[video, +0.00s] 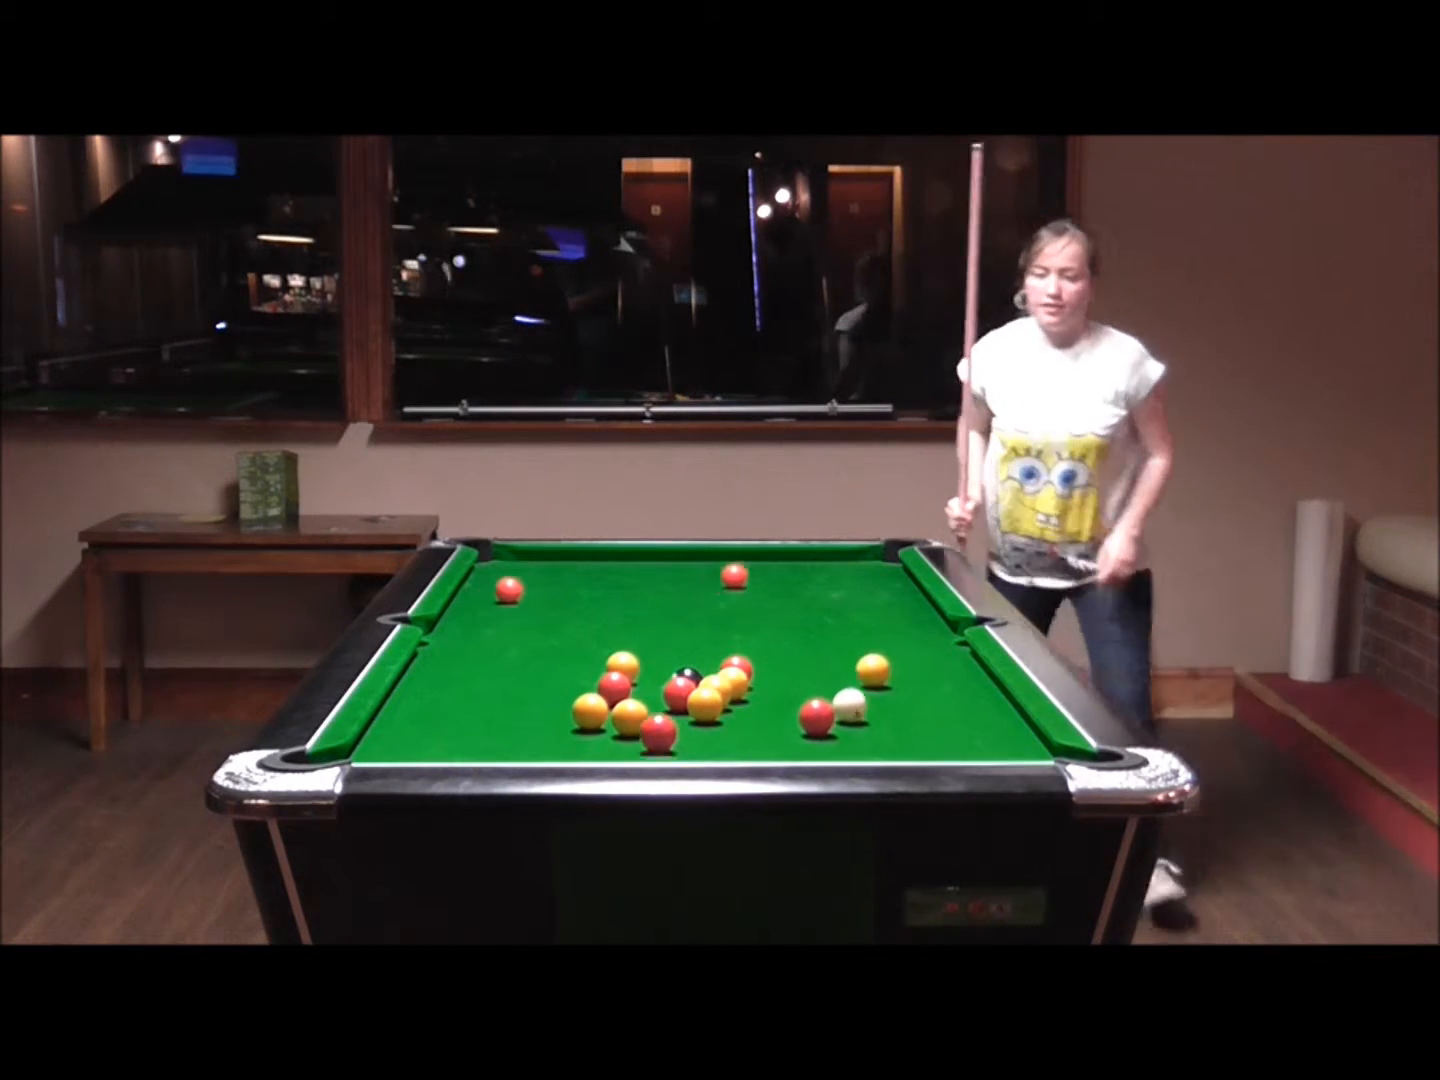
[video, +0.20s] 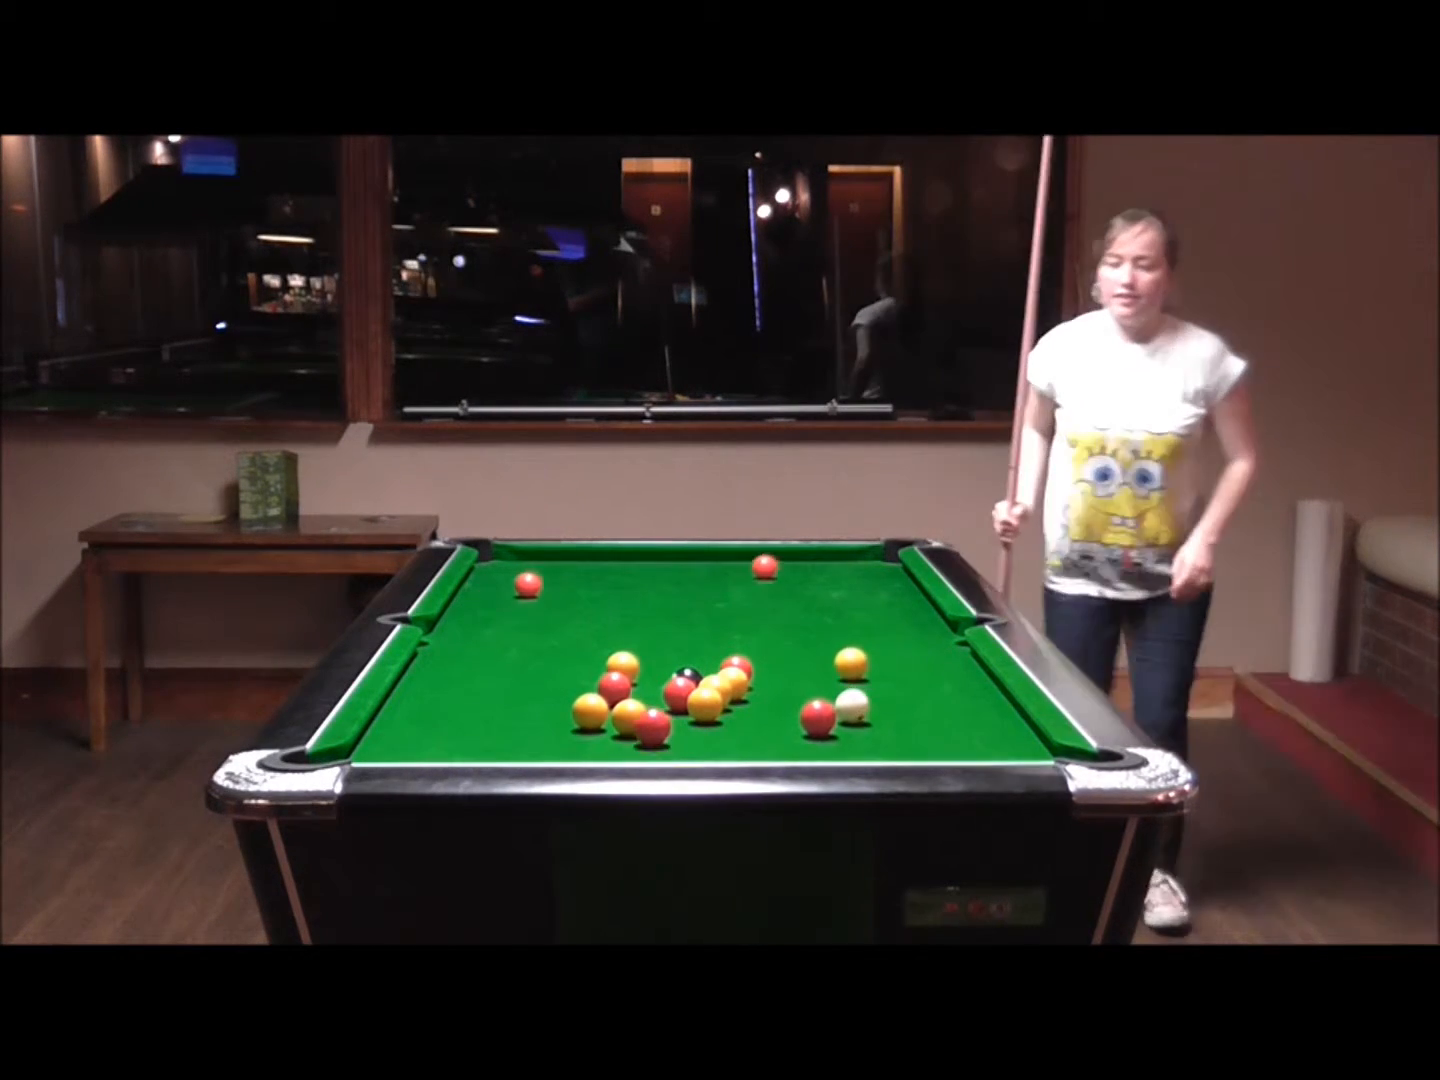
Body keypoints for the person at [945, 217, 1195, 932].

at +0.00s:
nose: (1053, 288)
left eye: (1069, 276)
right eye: (1041, 274)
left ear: (1092, 286)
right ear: (1023, 282)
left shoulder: (1126, 361)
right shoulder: (992, 354)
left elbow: (1160, 453)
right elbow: (972, 428)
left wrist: (1129, 532)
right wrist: (970, 491)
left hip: (1102, 560)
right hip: (1016, 555)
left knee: (1128, 706)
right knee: (992, 694)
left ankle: (1153, 856)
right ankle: (982, 850)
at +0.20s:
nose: (1126, 278)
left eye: (1144, 264)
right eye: (1114, 263)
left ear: (1170, 276)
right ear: (1097, 271)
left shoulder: (1205, 359)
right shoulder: (1061, 349)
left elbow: (1243, 459)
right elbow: (1031, 429)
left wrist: (1202, 541)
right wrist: (1021, 498)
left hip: (1167, 581)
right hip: (1075, 577)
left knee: (1160, 729)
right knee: (1067, 721)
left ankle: (1158, 872)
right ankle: (1062, 874)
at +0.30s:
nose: (1162, 274)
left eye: (1181, 261)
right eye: (1151, 257)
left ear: (1210, 274)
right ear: (1133, 264)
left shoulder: (1242, 355)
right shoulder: (1094, 344)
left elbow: (1279, 466)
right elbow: (1060, 432)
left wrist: (1227, 539)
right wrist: (1049, 508)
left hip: (1200, 579)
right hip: (1109, 573)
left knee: (1182, 729)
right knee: (1146, 722)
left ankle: (1165, 874)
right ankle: (1126, 876)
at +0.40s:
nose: (1181, 281)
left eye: (1202, 268)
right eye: (1171, 264)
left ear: (1235, 283)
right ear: (1154, 270)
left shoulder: (1267, 363)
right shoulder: (1116, 351)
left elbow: (1299, 480)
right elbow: (1078, 441)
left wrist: (1234, 540)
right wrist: (1065, 524)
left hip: (1220, 592)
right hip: (1129, 583)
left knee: (1188, 744)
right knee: (1183, 743)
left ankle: (1158, 873)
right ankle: (1186, 905)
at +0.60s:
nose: (1219, 309)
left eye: (1241, 294)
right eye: (1209, 291)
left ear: (1286, 309)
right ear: (1197, 297)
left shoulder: (1329, 390)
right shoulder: (1169, 391)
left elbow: (1343, 518)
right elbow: (1136, 491)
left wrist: (1229, 541)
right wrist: (1113, 581)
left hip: (1294, 645)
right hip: (1199, 641)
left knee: (1238, 790)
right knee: (1271, 816)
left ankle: (1170, 870)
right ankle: (1286, 940)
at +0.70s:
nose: (1244, 303)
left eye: (1266, 287)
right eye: (1235, 286)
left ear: (1320, 301)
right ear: (1225, 295)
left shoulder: (1369, 391)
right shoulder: (1206, 393)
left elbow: (1363, 536)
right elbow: (1183, 503)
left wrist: (1226, 534)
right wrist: (1158, 595)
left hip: (1344, 666)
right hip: (1235, 664)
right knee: (1299, 848)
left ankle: (1268, 865)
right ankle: (1290, 932)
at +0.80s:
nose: (1264, 294)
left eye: (1286, 276)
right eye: (1257, 276)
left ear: (1347, 292)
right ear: (1248, 285)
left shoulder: (1391, 387)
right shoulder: (1232, 384)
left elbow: (1364, 536)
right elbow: (1229, 508)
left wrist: (1212, 520)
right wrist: (1195, 588)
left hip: (1371, 667)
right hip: (1250, 667)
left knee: (1381, 869)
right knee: (1300, 860)